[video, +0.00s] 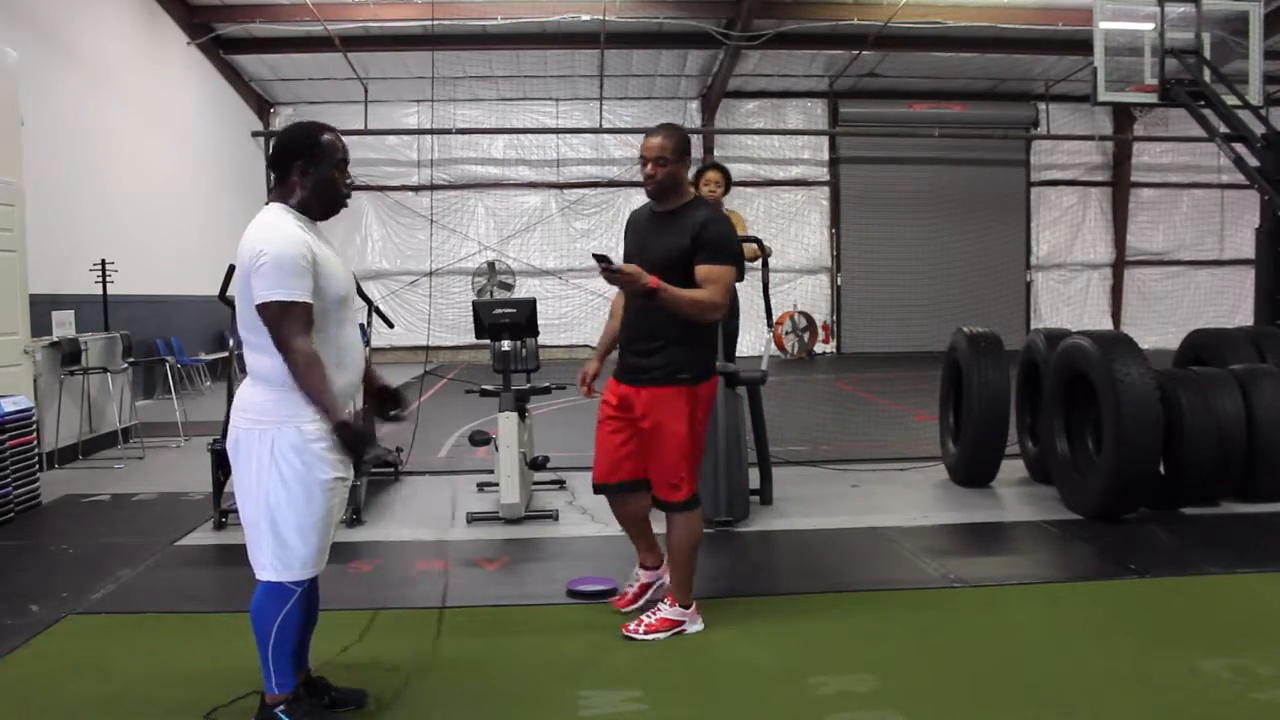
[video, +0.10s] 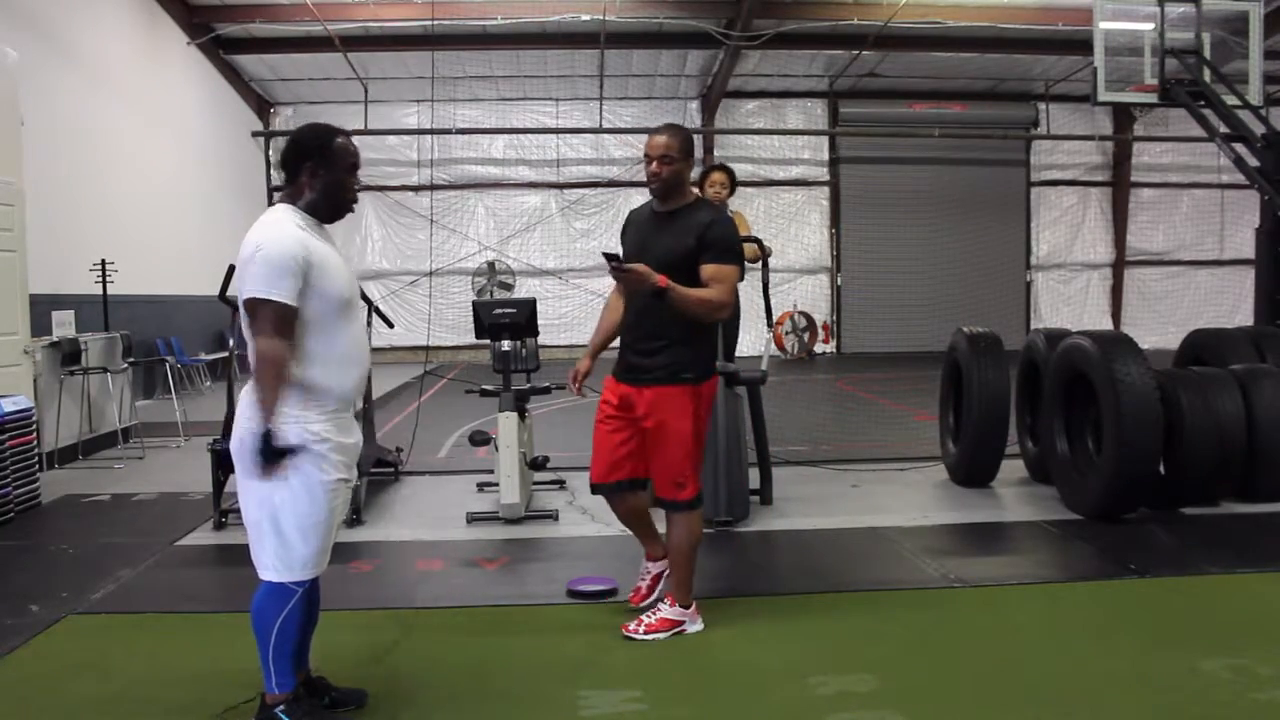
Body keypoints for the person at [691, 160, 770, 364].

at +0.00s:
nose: (712, 189)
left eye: (718, 185)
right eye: (706, 184)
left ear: (725, 190)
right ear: (696, 187)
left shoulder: (733, 218)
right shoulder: (688, 217)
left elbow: (746, 250)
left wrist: (758, 251)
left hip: (726, 287)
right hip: (694, 287)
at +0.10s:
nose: (717, 191)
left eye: (723, 187)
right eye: (712, 186)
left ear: (731, 191)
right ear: (702, 188)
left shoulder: (736, 218)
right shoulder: (692, 217)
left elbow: (751, 252)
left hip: (727, 289)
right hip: (695, 290)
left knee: (726, 351)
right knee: (701, 350)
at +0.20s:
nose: (719, 197)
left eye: (726, 193)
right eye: (713, 192)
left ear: (733, 197)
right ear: (704, 194)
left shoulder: (739, 225)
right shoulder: (693, 223)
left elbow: (751, 253)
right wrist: (756, 250)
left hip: (727, 295)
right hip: (695, 296)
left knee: (725, 355)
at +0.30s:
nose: (718, 201)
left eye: (724, 197)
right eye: (712, 195)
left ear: (733, 201)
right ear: (703, 197)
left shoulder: (739, 228)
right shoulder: (692, 225)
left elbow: (749, 257)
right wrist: (753, 250)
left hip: (726, 300)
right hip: (696, 301)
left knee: (723, 361)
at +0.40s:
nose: (713, 199)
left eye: (719, 195)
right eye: (707, 194)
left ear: (728, 199)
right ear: (699, 195)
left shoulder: (736, 226)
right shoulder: (690, 224)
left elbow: (749, 258)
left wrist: (758, 253)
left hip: (724, 300)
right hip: (694, 300)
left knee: (721, 361)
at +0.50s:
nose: (705, 194)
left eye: (711, 189)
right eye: (700, 189)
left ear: (722, 194)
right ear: (693, 191)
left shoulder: (731, 219)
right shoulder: (685, 219)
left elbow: (748, 251)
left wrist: (759, 251)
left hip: (723, 297)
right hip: (690, 297)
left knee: (720, 359)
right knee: (694, 360)